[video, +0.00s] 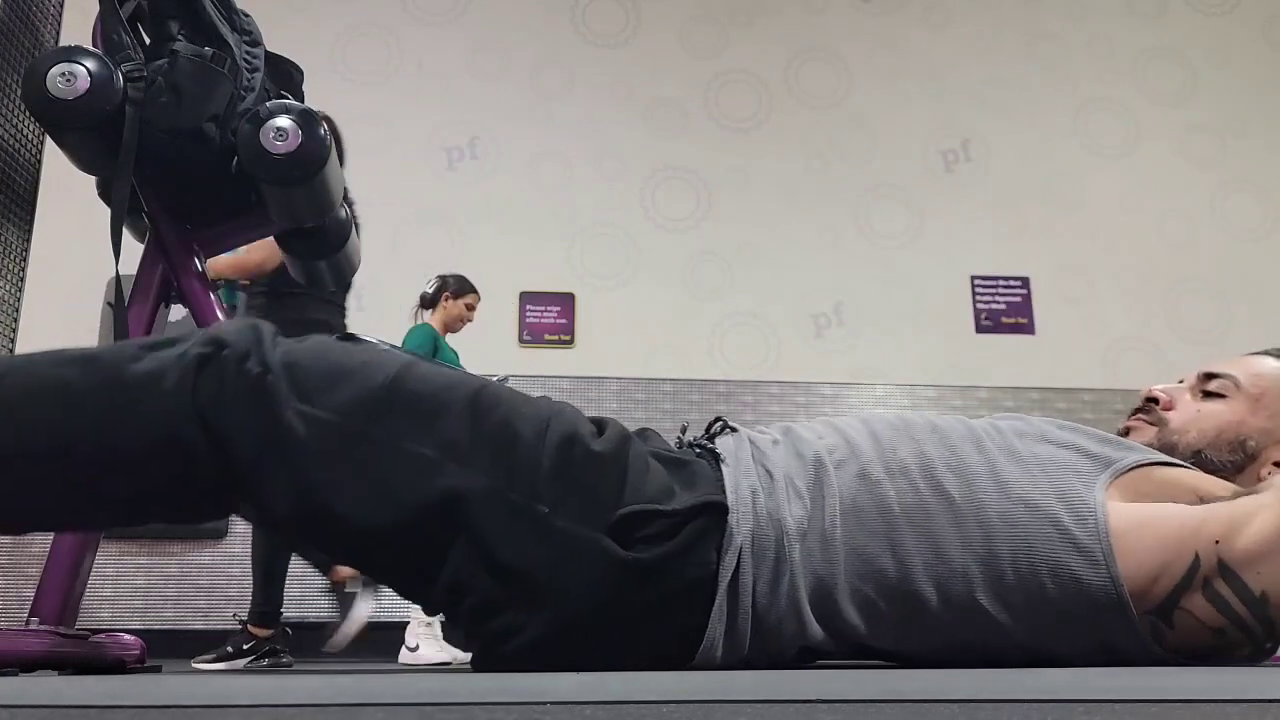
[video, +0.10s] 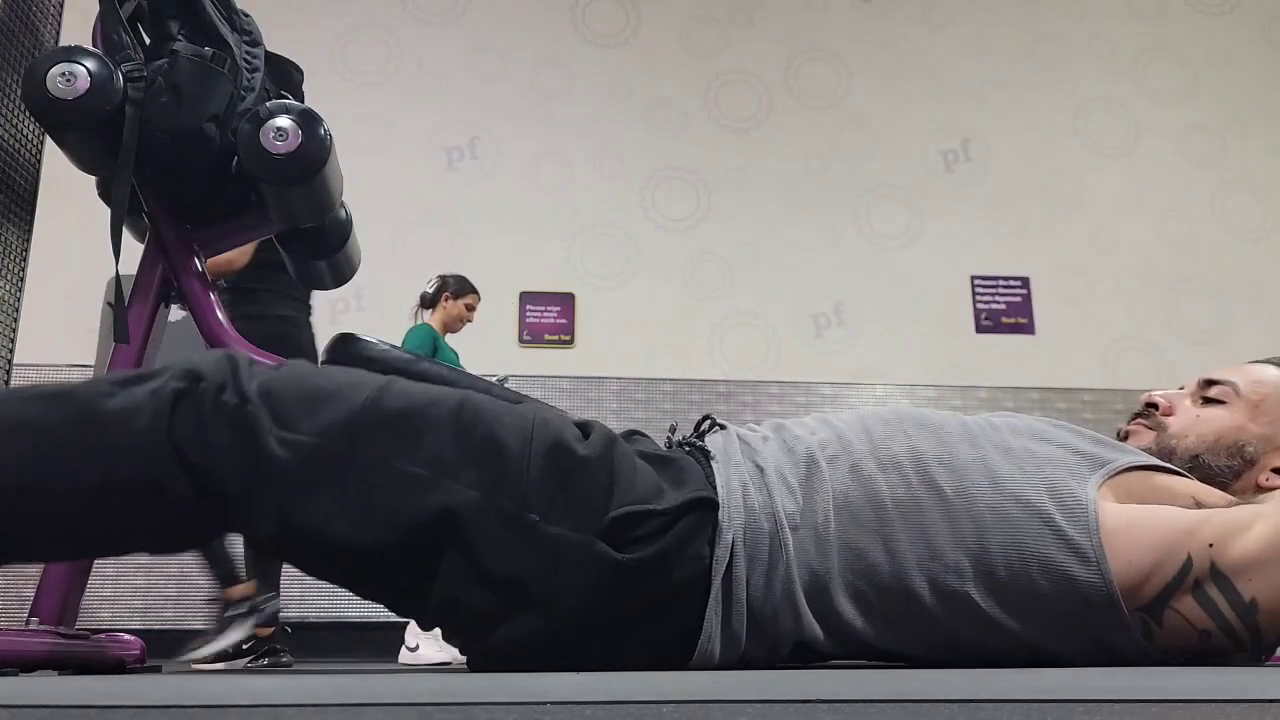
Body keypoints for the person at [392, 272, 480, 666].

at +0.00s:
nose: (471, 317)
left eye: (474, 310)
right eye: (468, 308)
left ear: (449, 303)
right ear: (446, 300)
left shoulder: (439, 344)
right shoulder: (422, 338)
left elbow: (430, 400)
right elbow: (404, 396)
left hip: (439, 456)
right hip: (422, 458)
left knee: (438, 544)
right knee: (430, 543)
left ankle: (429, 633)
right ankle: (419, 635)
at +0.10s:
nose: (470, 317)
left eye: (474, 310)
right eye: (468, 308)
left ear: (450, 304)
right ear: (445, 300)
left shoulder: (441, 346)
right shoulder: (421, 338)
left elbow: (438, 398)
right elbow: (408, 396)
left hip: (442, 455)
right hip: (423, 456)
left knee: (439, 546)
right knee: (431, 546)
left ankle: (432, 635)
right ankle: (419, 637)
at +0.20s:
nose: (470, 318)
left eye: (474, 310)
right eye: (468, 308)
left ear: (451, 304)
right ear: (445, 300)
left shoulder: (442, 347)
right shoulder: (420, 338)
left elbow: (441, 396)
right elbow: (408, 394)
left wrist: (478, 390)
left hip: (440, 455)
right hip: (420, 456)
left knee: (440, 547)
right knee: (427, 548)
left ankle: (438, 639)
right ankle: (416, 640)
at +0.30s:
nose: (470, 319)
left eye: (473, 312)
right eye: (468, 309)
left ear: (450, 305)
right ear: (445, 301)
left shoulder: (443, 347)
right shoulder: (420, 338)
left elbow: (445, 395)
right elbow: (406, 391)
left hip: (447, 455)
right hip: (425, 455)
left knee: (443, 547)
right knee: (430, 547)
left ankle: (438, 640)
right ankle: (416, 641)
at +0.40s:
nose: (470, 319)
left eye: (473, 312)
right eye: (468, 309)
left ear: (451, 305)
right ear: (445, 301)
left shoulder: (443, 348)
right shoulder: (420, 338)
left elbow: (444, 397)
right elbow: (406, 392)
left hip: (447, 454)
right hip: (425, 453)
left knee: (444, 548)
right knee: (430, 548)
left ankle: (438, 642)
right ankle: (416, 642)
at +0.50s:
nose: (470, 318)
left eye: (473, 312)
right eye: (468, 309)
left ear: (450, 304)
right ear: (446, 300)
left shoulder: (442, 347)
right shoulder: (420, 337)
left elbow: (440, 398)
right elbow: (408, 393)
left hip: (443, 454)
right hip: (424, 454)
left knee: (438, 546)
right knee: (428, 545)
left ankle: (432, 639)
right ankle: (416, 640)